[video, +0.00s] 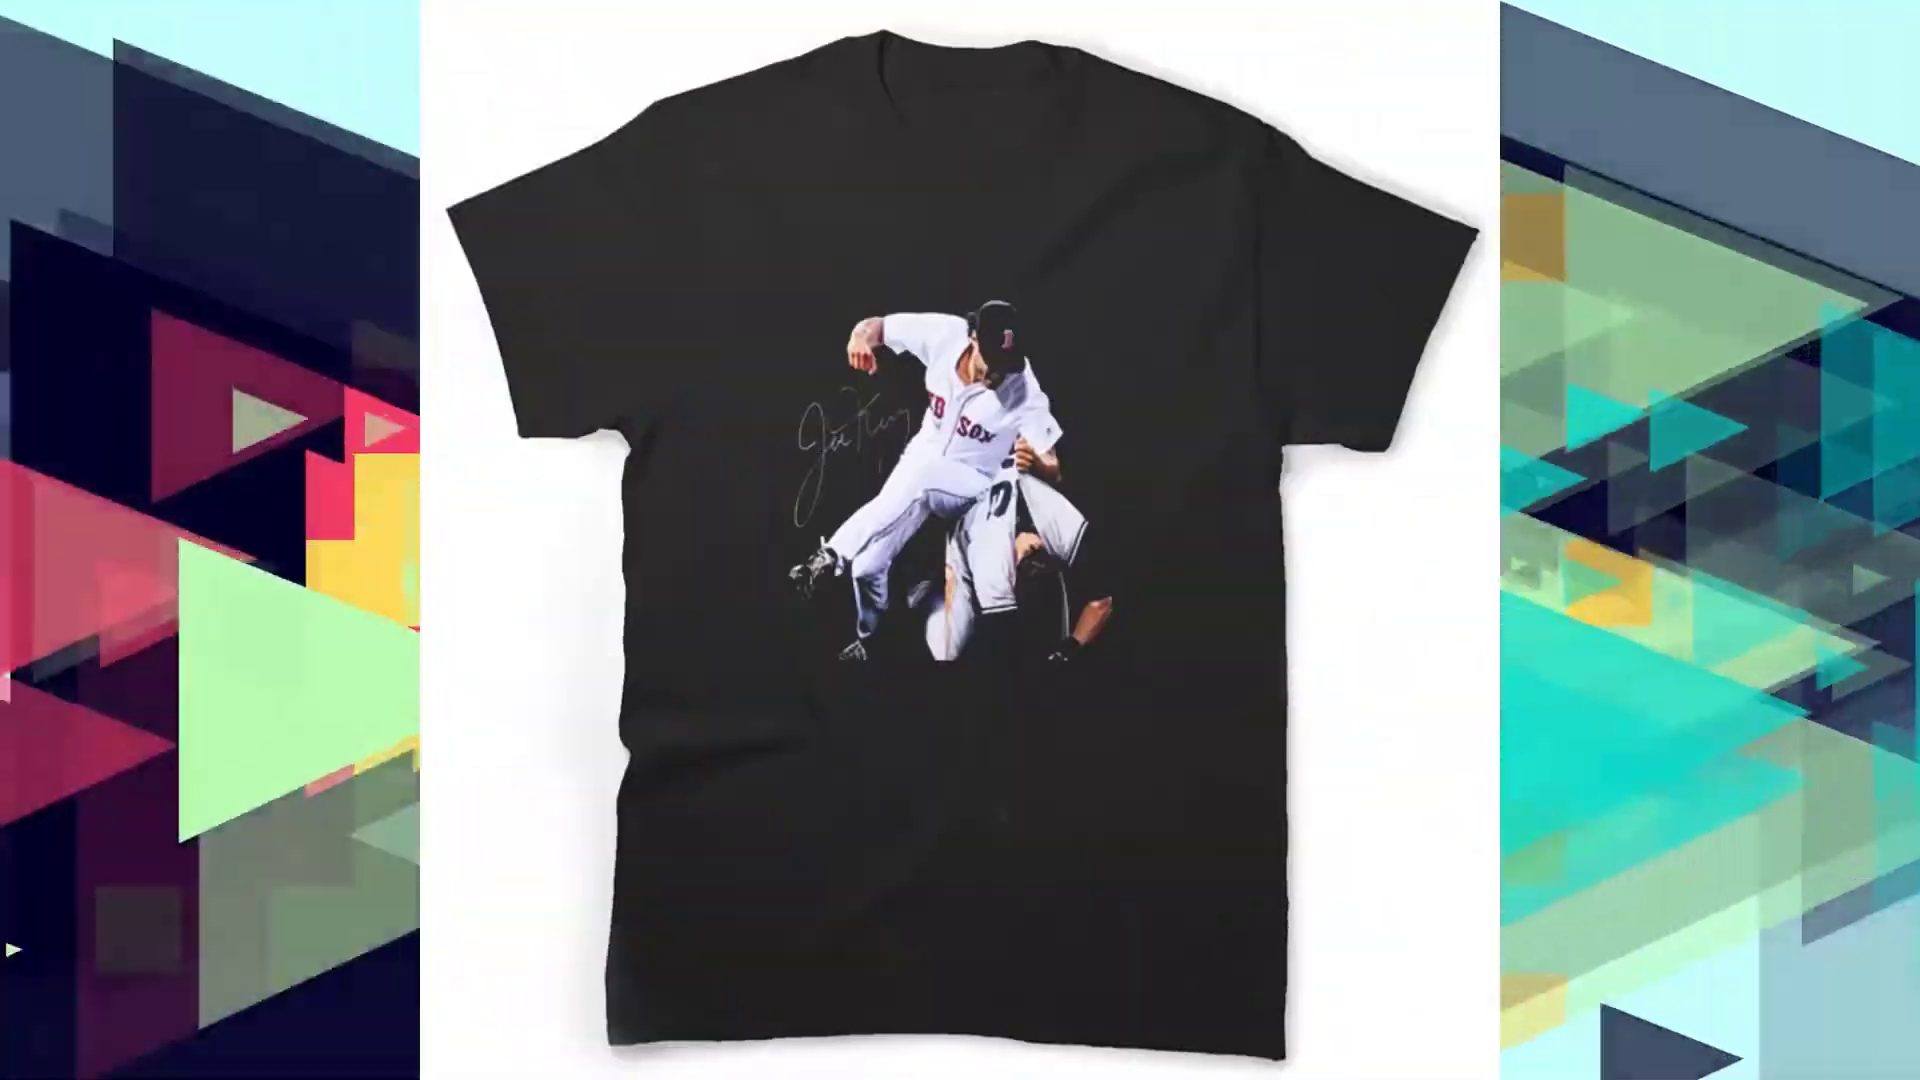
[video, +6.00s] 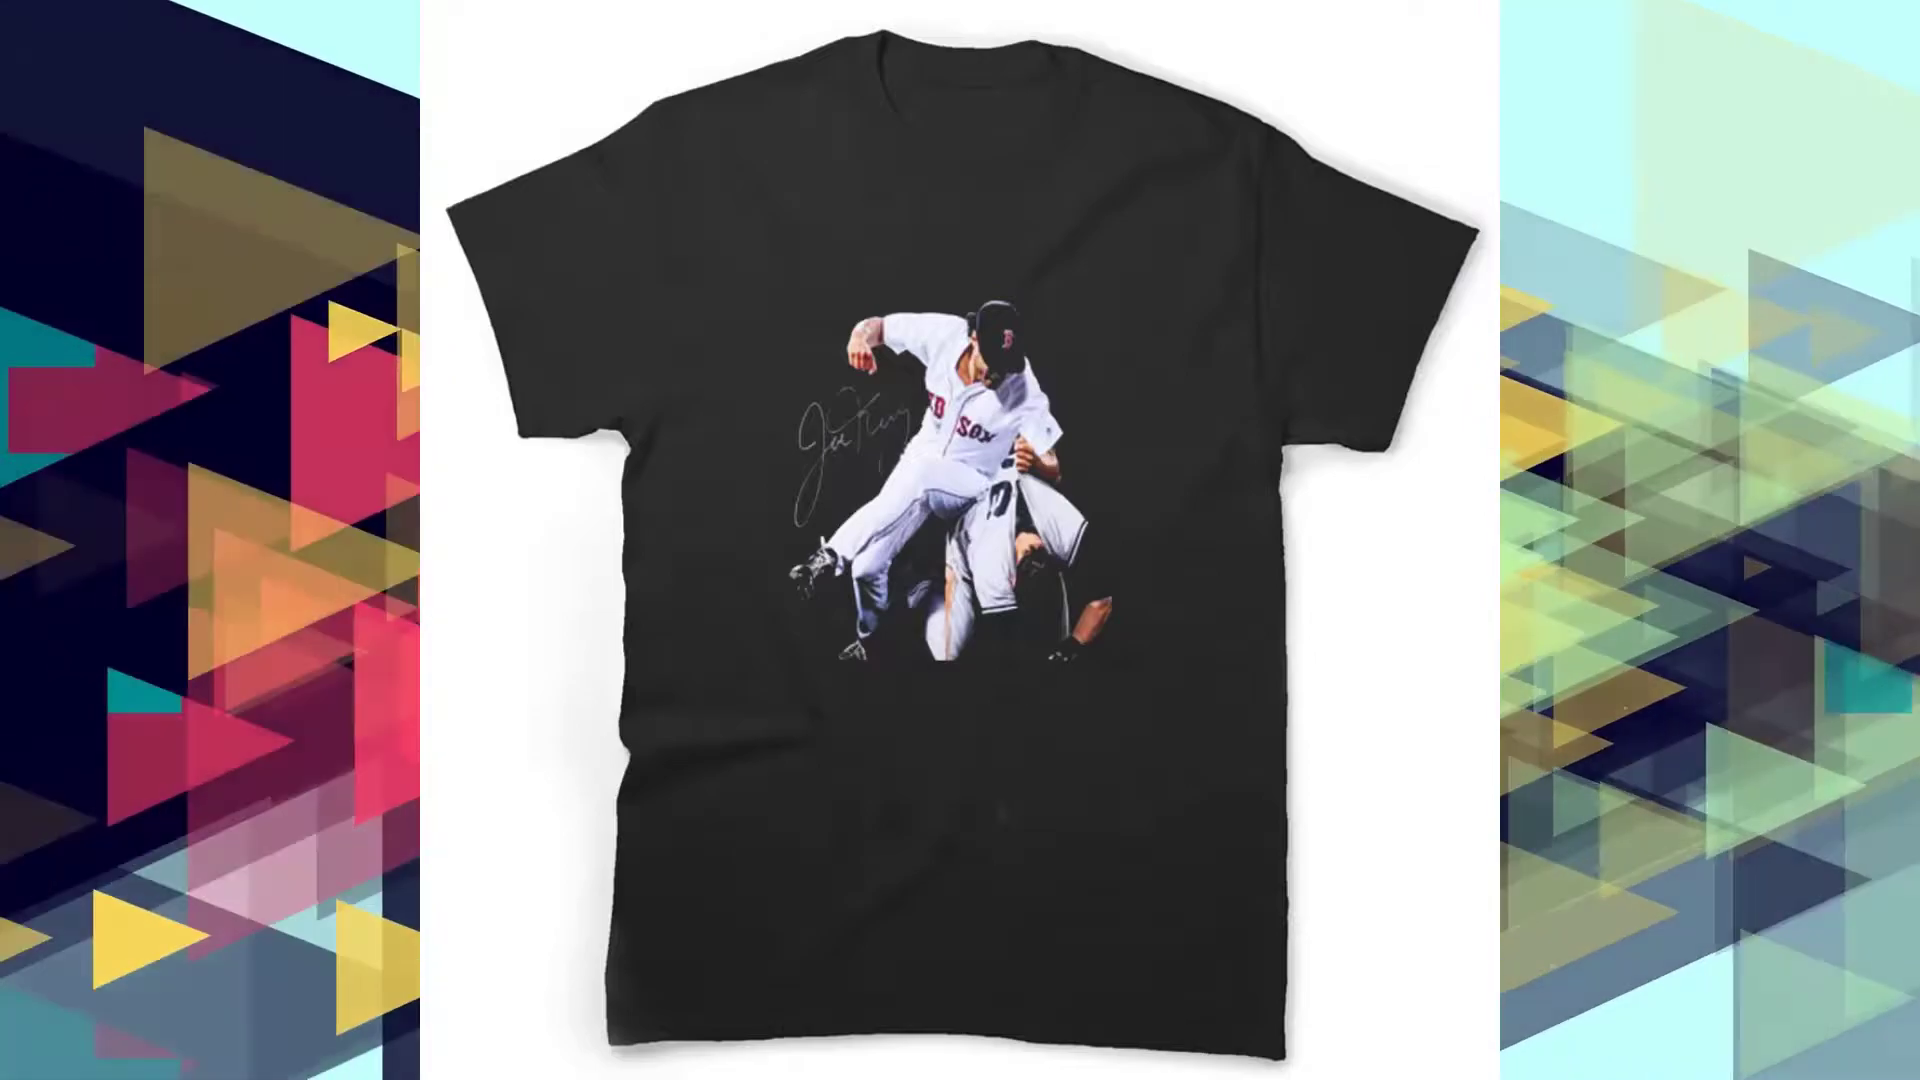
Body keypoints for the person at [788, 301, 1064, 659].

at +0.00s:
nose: (995, 373)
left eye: (1004, 366)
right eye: (990, 364)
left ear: (1016, 355)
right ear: (973, 342)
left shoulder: (1023, 390)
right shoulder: (946, 334)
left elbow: (1055, 470)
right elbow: (874, 327)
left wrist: (1038, 463)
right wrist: (861, 341)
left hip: (978, 482)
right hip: (922, 460)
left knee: (920, 477)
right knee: (867, 565)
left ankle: (827, 559)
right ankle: (870, 640)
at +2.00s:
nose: (997, 374)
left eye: (1006, 367)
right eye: (991, 364)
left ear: (1017, 354)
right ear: (973, 341)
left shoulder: (1023, 389)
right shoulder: (946, 334)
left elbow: (1054, 468)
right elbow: (878, 327)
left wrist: (1038, 463)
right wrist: (861, 338)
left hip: (979, 482)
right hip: (922, 460)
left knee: (920, 476)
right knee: (867, 566)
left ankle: (828, 560)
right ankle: (871, 642)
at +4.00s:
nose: (997, 374)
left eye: (1006, 367)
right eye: (992, 365)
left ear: (1017, 354)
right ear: (973, 341)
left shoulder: (1024, 390)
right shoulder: (946, 334)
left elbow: (1053, 468)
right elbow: (877, 327)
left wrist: (1038, 463)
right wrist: (861, 339)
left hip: (978, 482)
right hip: (922, 460)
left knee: (920, 477)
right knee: (867, 566)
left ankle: (828, 560)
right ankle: (871, 641)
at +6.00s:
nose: (994, 375)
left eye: (1003, 368)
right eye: (990, 365)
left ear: (1016, 355)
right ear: (973, 341)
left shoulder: (1024, 390)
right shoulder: (946, 334)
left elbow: (1054, 469)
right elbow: (877, 327)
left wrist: (1038, 463)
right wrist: (861, 339)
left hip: (979, 484)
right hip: (922, 462)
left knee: (920, 474)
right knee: (867, 567)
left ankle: (828, 560)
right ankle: (872, 642)